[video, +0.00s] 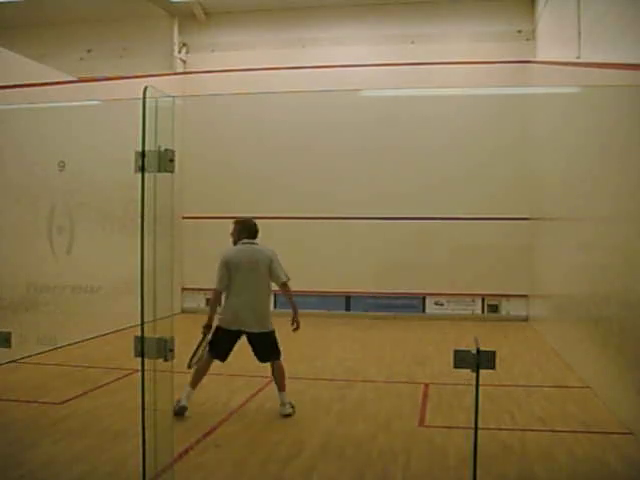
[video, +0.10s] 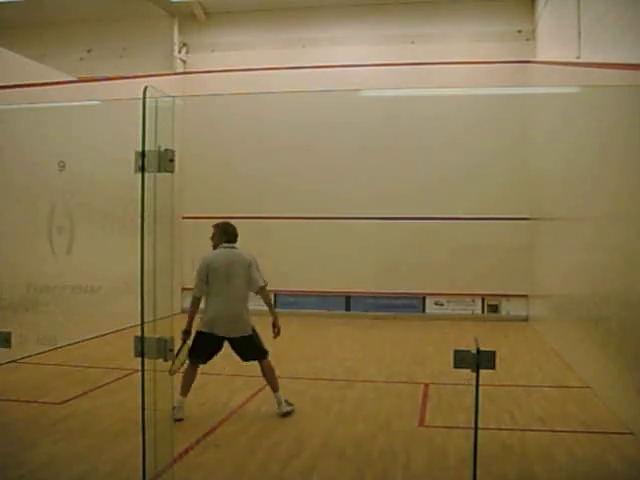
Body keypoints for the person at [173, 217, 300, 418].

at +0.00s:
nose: (230, 235)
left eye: (233, 231)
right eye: (232, 231)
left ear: (240, 234)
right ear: (254, 235)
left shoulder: (229, 256)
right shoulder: (268, 255)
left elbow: (217, 292)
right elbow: (284, 285)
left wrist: (209, 321)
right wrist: (294, 311)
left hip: (230, 319)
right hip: (260, 320)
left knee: (208, 356)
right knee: (275, 360)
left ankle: (185, 398)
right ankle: (284, 403)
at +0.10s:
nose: (211, 239)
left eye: (213, 235)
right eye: (212, 235)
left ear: (220, 238)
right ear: (234, 239)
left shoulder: (208, 260)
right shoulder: (247, 260)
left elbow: (197, 297)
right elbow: (262, 290)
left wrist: (188, 326)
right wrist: (274, 317)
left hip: (211, 324)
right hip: (240, 324)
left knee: (193, 363)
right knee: (263, 359)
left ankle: (179, 405)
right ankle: (280, 401)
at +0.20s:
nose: (195, 237)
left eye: (198, 233)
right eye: (196, 233)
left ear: (205, 236)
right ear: (218, 236)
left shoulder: (193, 258)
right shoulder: (233, 257)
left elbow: (183, 296)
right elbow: (246, 287)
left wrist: (175, 324)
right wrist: (257, 316)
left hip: (200, 323)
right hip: (228, 323)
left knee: (186, 364)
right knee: (249, 357)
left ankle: (179, 407)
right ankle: (267, 402)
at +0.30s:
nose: (184, 233)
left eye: (187, 229)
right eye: (186, 229)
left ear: (194, 232)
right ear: (208, 232)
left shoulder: (183, 255)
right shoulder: (223, 252)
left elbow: (175, 292)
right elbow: (238, 280)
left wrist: (168, 321)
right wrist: (246, 309)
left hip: (192, 320)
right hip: (221, 319)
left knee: (183, 362)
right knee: (239, 356)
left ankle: (178, 406)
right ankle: (249, 403)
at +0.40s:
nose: (177, 231)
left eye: (180, 228)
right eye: (178, 227)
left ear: (187, 230)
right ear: (200, 230)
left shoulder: (178, 253)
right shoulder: (217, 249)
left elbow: (169, 292)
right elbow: (234, 277)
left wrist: (163, 320)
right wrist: (242, 307)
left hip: (187, 320)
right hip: (215, 319)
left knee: (181, 363)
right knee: (230, 356)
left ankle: (178, 406)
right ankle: (234, 401)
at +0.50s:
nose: (173, 231)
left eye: (176, 227)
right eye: (174, 227)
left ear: (184, 230)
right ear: (196, 231)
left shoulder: (173, 254)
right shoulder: (213, 250)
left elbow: (165, 292)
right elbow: (232, 278)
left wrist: (161, 322)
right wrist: (241, 308)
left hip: (182, 321)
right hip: (209, 320)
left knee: (178, 363)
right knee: (223, 357)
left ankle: (177, 406)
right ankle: (224, 401)